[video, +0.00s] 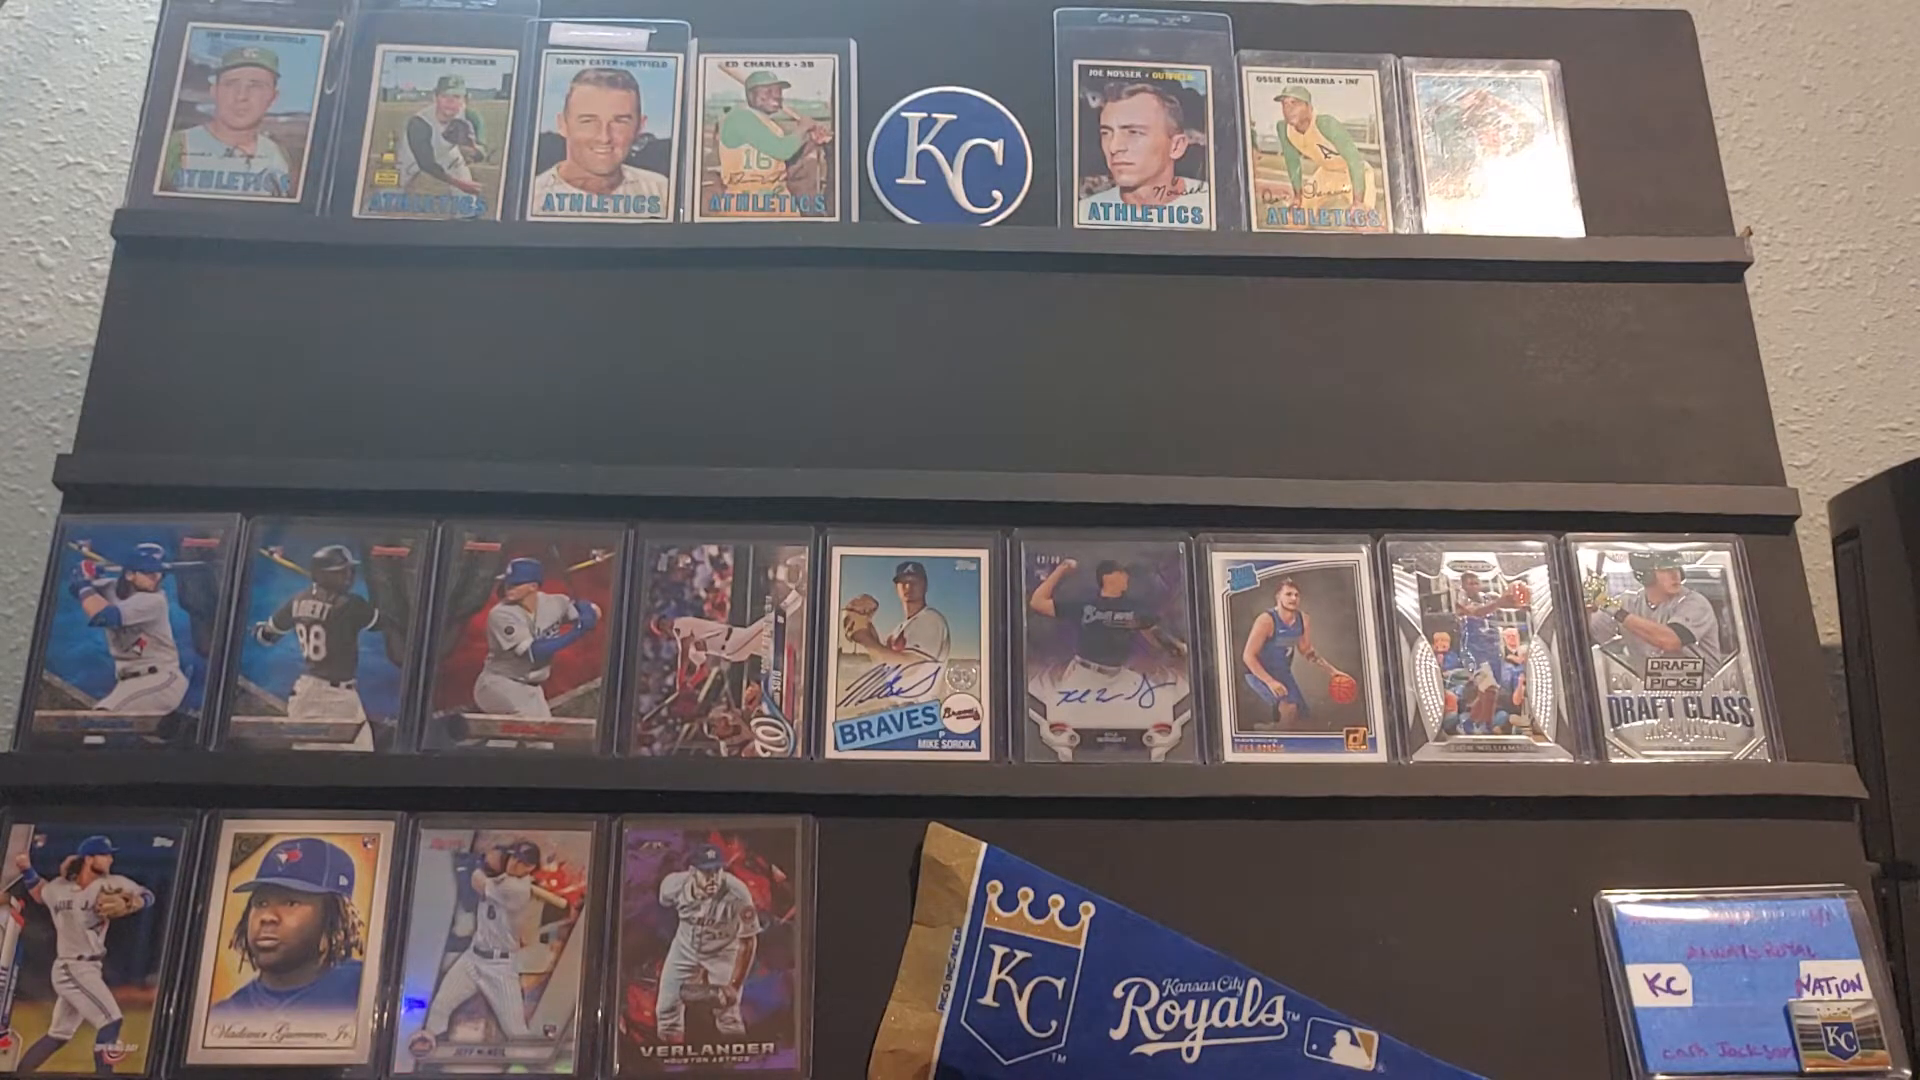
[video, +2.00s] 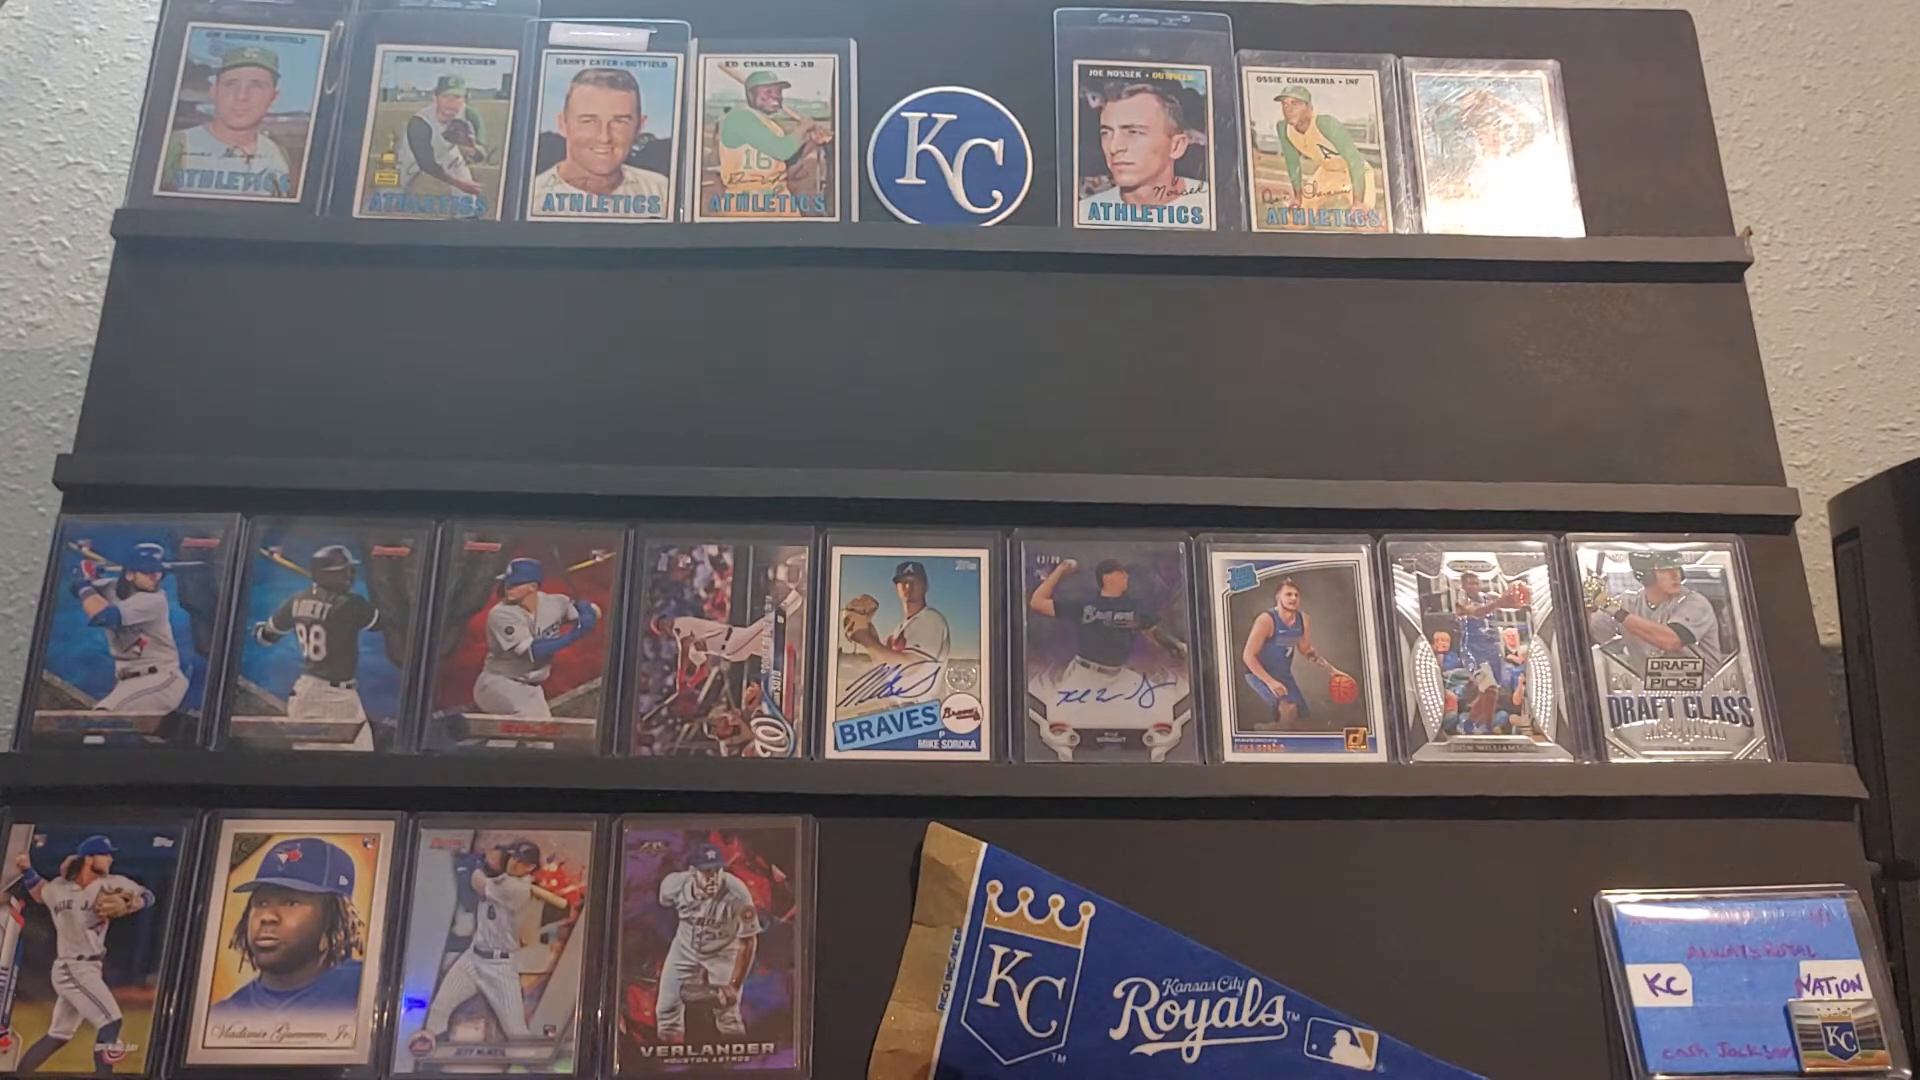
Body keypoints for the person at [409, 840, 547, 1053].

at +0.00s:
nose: (513, 864)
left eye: (520, 862)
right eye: (513, 858)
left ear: (530, 869)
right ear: (509, 858)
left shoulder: (518, 889)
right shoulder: (501, 878)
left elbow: (477, 882)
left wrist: (483, 866)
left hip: (501, 965)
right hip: (473, 958)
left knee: (515, 1030)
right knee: (440, 1005)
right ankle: (425, 1061)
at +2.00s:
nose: (514, 863)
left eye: (521, 861)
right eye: (514, 859)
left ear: (531, 868)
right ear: (510, 859)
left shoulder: (518, 889)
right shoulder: (502, 879)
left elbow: (478, 883)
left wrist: (480, 866)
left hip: (500, 965)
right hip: (473, 958)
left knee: (516, 1031)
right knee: (439, 1007)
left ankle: (534, 1070)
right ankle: (423, 1065)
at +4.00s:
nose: (515, 864)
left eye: (522, 862)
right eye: (514, 858)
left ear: (531, 869)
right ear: (509, 858)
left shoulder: (518, 889)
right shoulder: (503, 879)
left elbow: (478, 882)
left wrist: (481, 867)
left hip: (500, 965)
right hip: (473, 957)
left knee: (515, 1030)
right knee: (440, 1006)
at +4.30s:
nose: (515, 864)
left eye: (522, 862)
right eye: (514, 858)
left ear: (531, 868)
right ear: (509, 858)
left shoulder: (517, 889)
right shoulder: (502, 879)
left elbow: (478, 882)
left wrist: (481, 867)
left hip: (500, 966)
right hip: (473, 958)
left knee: (516, 1031)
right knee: (440, 1006)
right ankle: (425, 1066)